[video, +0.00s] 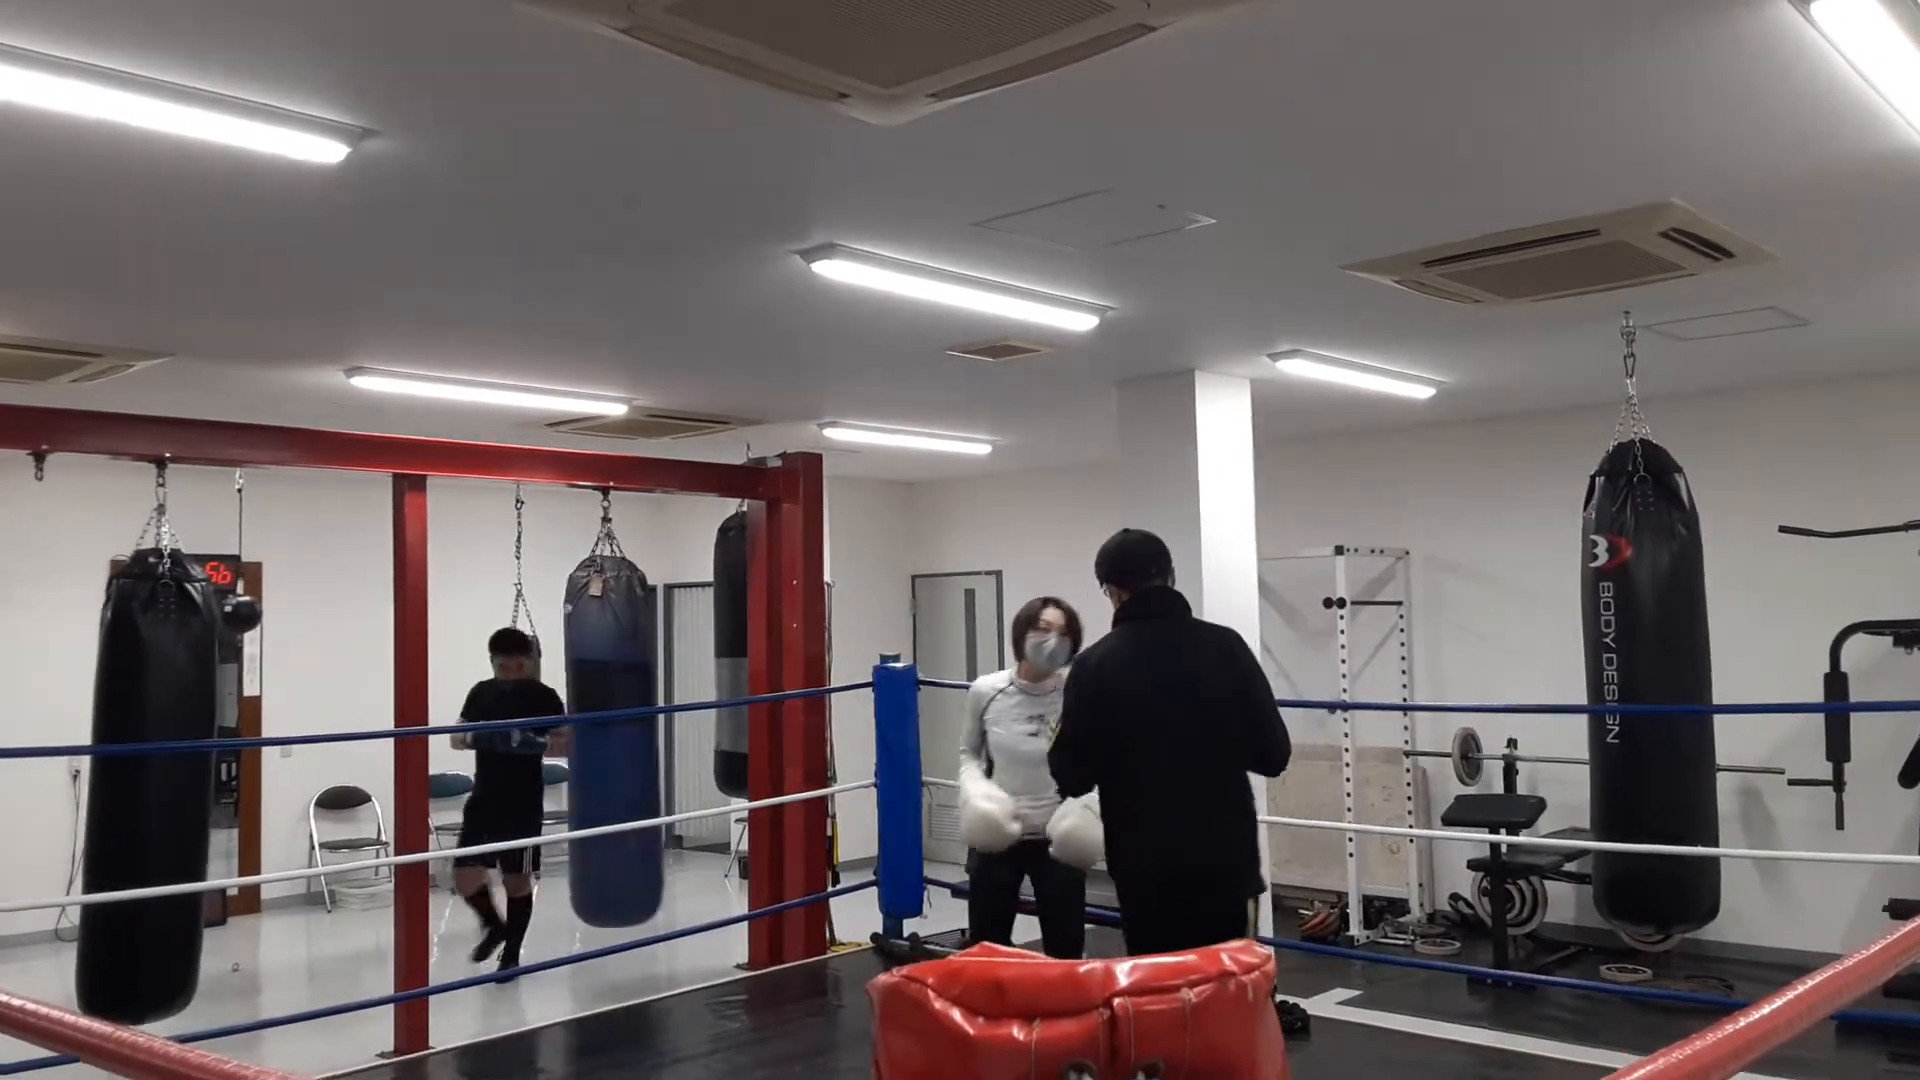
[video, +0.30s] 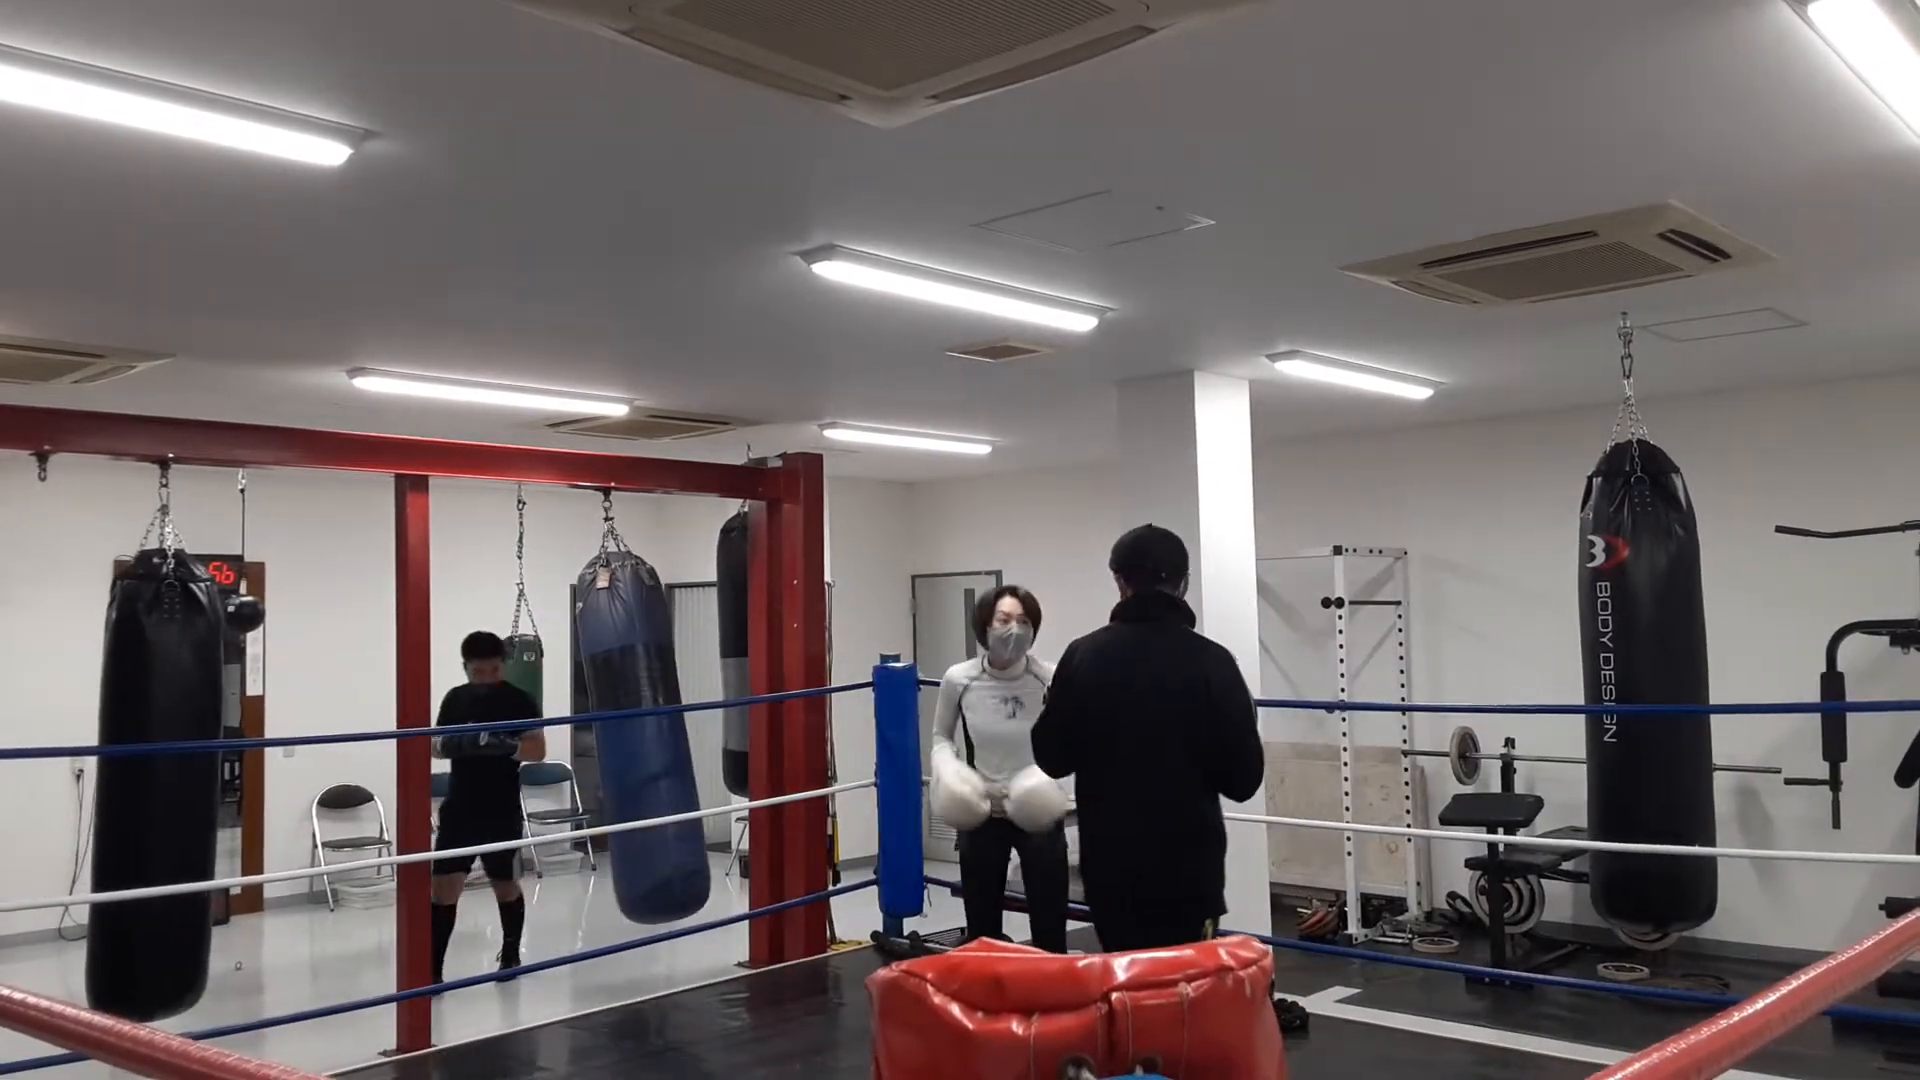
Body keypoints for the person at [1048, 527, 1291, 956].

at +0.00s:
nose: (1107, 600)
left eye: (1106, 592)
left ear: (1114, 592)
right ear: (1168, 577)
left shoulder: (1094, 665)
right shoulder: (1225, 646)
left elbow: (1071, 776)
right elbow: (1274, 756)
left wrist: (1118, 734)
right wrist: (1212, 731)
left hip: (1144, 868)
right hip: (1224, 862)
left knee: (1158, 997)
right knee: (1228, 997)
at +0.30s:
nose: (1117, 589)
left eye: (1117, 581)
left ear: (1122, 583)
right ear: (1182, 583)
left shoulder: (1085, 656)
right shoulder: (1212, 660)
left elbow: (1051, 756)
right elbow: (1243, 780)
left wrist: (1107, 726)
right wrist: (1191, 735)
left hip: (1111, 869)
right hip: (1190, 870)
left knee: (1130, 1000)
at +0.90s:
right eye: (1185, 603)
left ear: (1115, 584)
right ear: (1179, 606)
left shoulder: (1049, 648)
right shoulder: (1179, 692)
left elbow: (1019, 742)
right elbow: (1179, 796)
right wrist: (1123, 763)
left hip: (1046, 856)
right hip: (1123, 869)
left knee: (1067, 989)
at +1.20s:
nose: (1151, 616)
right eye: (1154, 607)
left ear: (1085, 586)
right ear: (1147, 610)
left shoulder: (1020, 654)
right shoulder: (1134, 684)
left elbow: (989, 746)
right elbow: (1146, 807)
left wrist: (1029, 794)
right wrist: (1097, 830)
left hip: (1011, 864)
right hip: (1089, 874)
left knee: (1027, 998)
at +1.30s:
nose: (1131, 619)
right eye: (1134, 610)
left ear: (1070, 588)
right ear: (1127, 610)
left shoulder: (1004, 658)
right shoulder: (1112, 684)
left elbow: (985, 763)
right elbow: (1125, 808)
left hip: (997, 864)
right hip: (1071, 872)